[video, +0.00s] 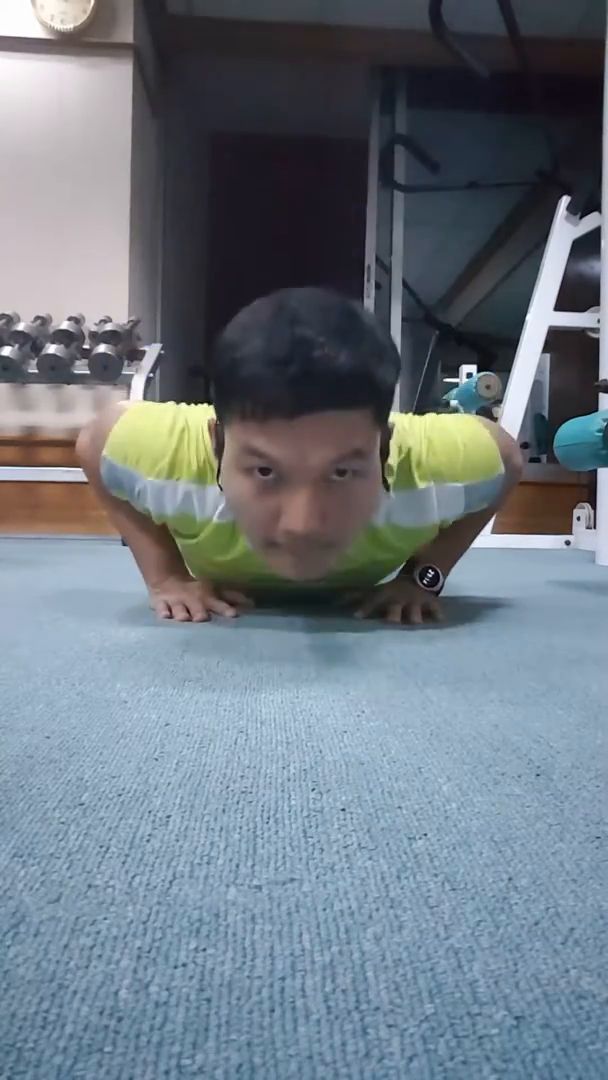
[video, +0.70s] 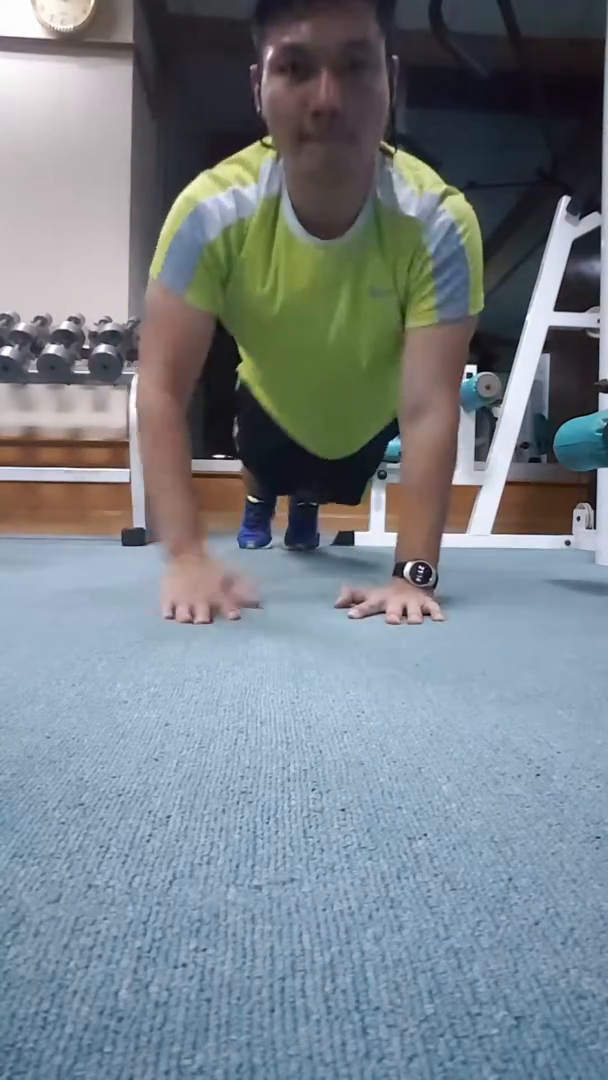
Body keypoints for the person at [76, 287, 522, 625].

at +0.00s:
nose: (303, 518)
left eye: (343, 473)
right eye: (265, 472)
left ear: (384, 453)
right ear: (217, 447)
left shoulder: (436, 466)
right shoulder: (169, 457)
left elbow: (503, 458)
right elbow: (95, 440)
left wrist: (423, 575)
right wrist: (166, 577)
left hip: (364, 570)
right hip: (220, 566)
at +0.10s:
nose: (302, 474)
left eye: (340, 431)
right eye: (267, 431)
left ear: (385, 406)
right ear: (217, 403)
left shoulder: (449, 436)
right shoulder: (158, 430)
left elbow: (497, 463)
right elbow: (97, 449)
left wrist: (421, 575)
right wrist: (168, 576)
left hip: (353, 573)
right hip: (225, 568)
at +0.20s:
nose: (305, 380)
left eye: (340, 338)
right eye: (271, 342)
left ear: (383, 321)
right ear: (219, 324)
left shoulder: (441, 384)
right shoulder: (163, 383)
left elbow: (495, 457)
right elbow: (102, 447)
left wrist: (421, 576)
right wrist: (168, 577)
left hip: (349, 541)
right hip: (235, 550)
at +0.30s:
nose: (310, 283)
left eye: (344, 246)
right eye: (277, 246)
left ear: (385, 240)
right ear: (226, 242)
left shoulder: (438, 330)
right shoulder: (169, 328)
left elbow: (488, 452)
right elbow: (111, 441)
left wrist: (418, 577)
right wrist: (168, 577)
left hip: (348, 506)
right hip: (234, 507)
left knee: (336, 530)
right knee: (245, 531)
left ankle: (325, 537)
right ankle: (262, 543)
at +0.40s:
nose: (318, 209)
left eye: (349, 173)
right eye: (283, 175)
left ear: (388, 174)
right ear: (236, 182)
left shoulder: (434, 284)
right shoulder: (181, 283)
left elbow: (479, 442)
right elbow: (124, 432)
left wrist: (417, 577)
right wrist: (169, 576)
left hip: (348, 486)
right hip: (242, 485)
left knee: (330, 518)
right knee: (255, 521)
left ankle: (317, 531)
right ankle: (263, 531)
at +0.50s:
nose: (323, 151)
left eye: (352, 118)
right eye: (291, 121)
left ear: (390, 126)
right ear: (244, 135)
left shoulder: (439, 243)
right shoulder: (198, 249)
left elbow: (464, 418)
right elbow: (136, 419)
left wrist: (416, 576)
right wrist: (169, 576)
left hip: (351, 457)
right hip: (250, 455)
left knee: (320, 499)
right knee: (257, 495)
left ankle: (303, 519)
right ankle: (262, 517)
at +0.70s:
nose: (327, 98)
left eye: (356, 67)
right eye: (296, 68)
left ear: (393, 82)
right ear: (259, 87)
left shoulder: (436, 221)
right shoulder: (212, 210)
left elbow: (431, 407)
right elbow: (161, 387)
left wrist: (416, 573)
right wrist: (184, 559)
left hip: (365, 416)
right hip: (270, 403)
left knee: (323, 480)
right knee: (265, 470)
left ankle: (305, 508)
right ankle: (262, 499)